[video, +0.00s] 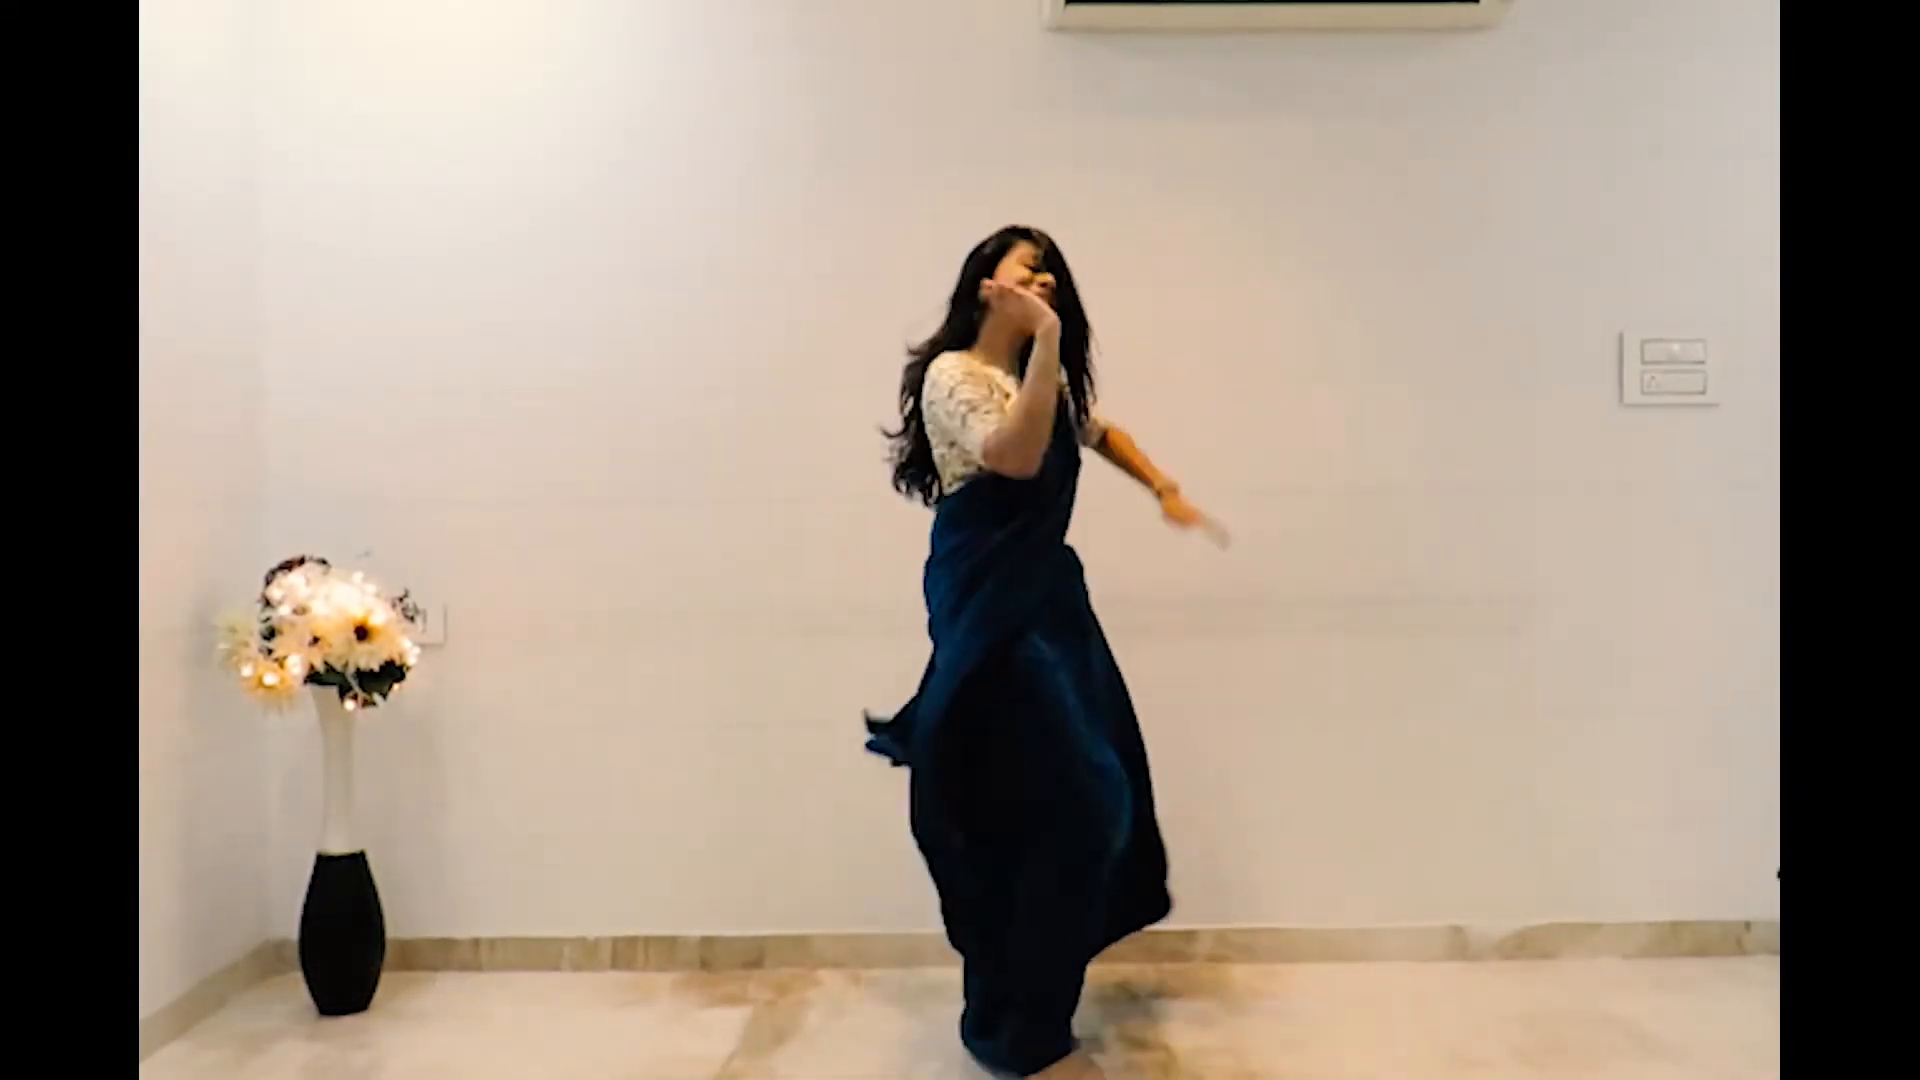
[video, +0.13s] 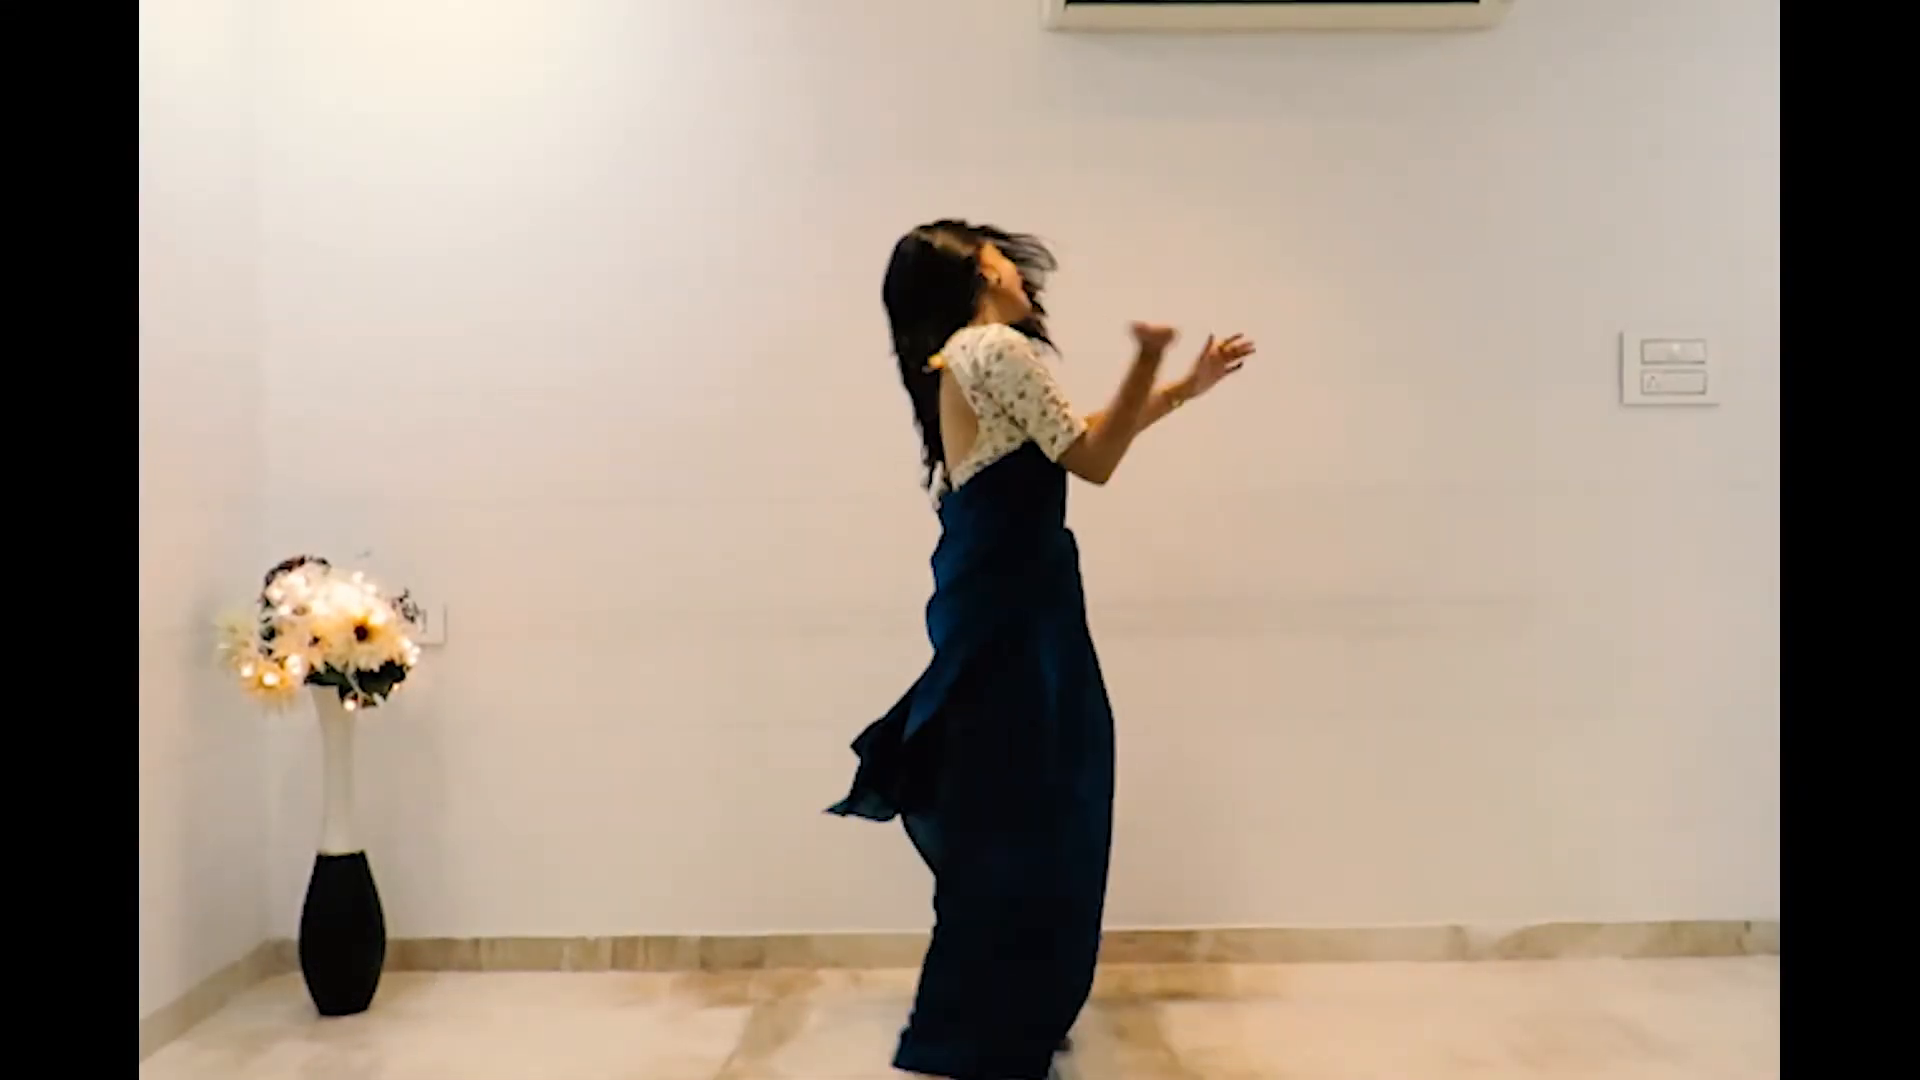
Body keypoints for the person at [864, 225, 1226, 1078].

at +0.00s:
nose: (1042, 283)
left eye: (1052, 277)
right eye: (1025, 269)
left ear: (1055, 307)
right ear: (981, 287)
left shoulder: (1046, 378)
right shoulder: (950, 377)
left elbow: (1097, 430)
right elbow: (1015, 455)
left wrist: (1162, 484)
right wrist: (1045, 343)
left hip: (1052, 605)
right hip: (986, 613)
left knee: (1092, 789)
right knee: (1066, 792)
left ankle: (1028, 995)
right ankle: (1018, 1021)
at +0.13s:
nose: (1017, 269)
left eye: (1005, 255)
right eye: (999, 257)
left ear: (961, 281)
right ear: (970, 275)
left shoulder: (974, 358)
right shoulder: (990, 350)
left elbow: (1085, 439)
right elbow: (1090, 461)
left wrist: (1184, 391)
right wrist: (1144, 364)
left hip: (1006, 612)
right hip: (1012, 616)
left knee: (1026, 813)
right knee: (1032, 815)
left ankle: (1007, 1023)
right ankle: (996, 1033)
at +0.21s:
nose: (985, 293)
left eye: (974, 281)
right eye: (972, 285)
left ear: (918, 330)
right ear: (958, 312)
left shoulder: (944, 391)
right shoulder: (991, 377)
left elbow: (1075, 453)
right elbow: (1102, 477)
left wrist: (1174, 402)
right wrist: (1193, 411)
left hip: (973, 642)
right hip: (1011, 649)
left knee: (1001, 827)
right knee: (1034, 829)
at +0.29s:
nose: (977, 294)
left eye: (965, 282)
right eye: (964, 287)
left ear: (916, 323)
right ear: (945, 315)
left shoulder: (924, 401)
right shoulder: (963, 394)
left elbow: (1071, 459)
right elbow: (1086, 469)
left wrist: (1172, 423)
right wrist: (1190, 435)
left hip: (971, 660)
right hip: (1009, 663)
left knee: (1003, 850)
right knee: (1052, 848)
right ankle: (1028, 1040)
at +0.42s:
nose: (978, 264)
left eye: (970, 252)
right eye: (955, 257)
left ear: (966, 285)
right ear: (917, 291)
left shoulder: (1016, 374)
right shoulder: (903, 360)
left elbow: (1121, 420)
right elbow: (994, 362)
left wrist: (1248, 411)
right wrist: (1121, 334)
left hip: (1018, 612)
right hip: (942, 620)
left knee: (1065, 811)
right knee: (979, 821)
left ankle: (1036, 1030)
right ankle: (932, 1036)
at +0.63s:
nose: (977, 252)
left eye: (992, 243)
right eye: (957, 248)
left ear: (1021, 276)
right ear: (932, 290)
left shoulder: (1060, 373)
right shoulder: (904, 364)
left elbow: (1190, 404)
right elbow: (773, 325)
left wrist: (1322, 394)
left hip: (1031, 614)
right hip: (931, 613)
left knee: (1062, 805)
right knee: (913, 823)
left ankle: (1054, 1011)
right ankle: (905, 1044)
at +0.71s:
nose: (986, 276)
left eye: (1001, 267)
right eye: (966, 271)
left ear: (1032, 300)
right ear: (944, 314)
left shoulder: (1076, 397)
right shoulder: (911, 405)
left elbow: (1194, 438)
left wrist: (1325, 423)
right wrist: (806, 375)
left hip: (1035, 643)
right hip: (932, 639)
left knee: (1067, 831)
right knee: (911, 842)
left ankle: (1061, 1040)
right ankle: (902, 1046)